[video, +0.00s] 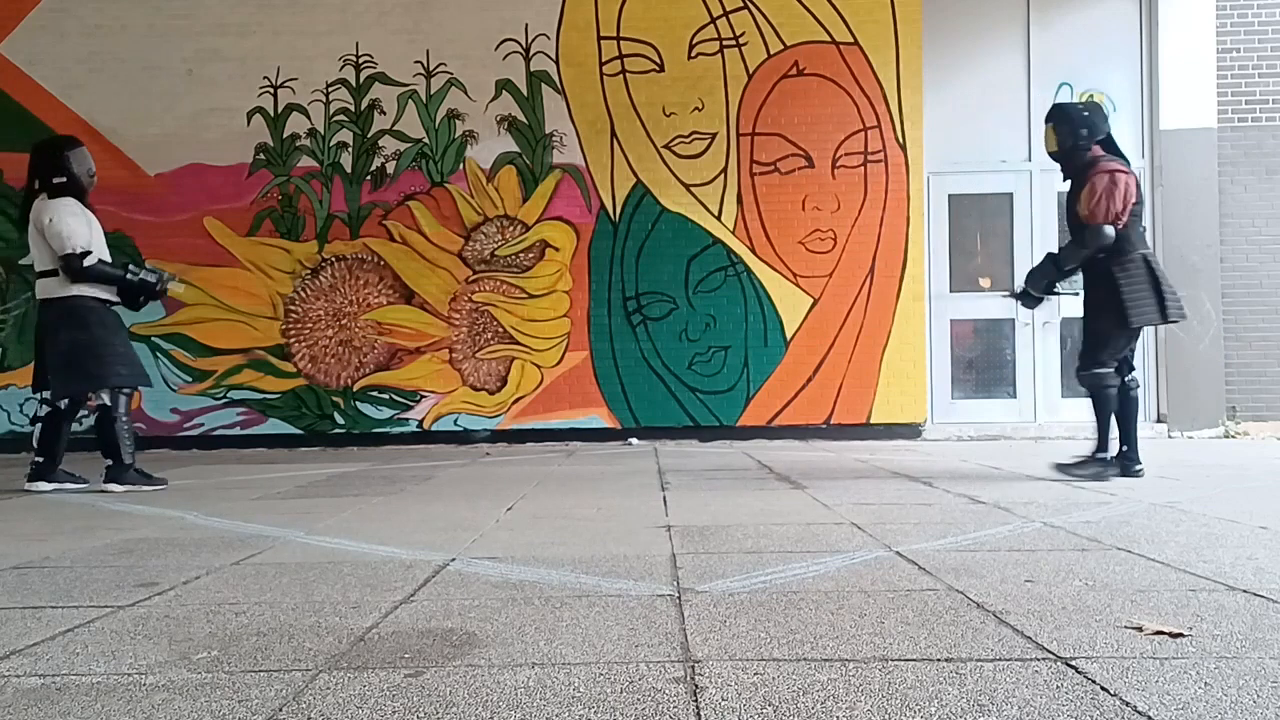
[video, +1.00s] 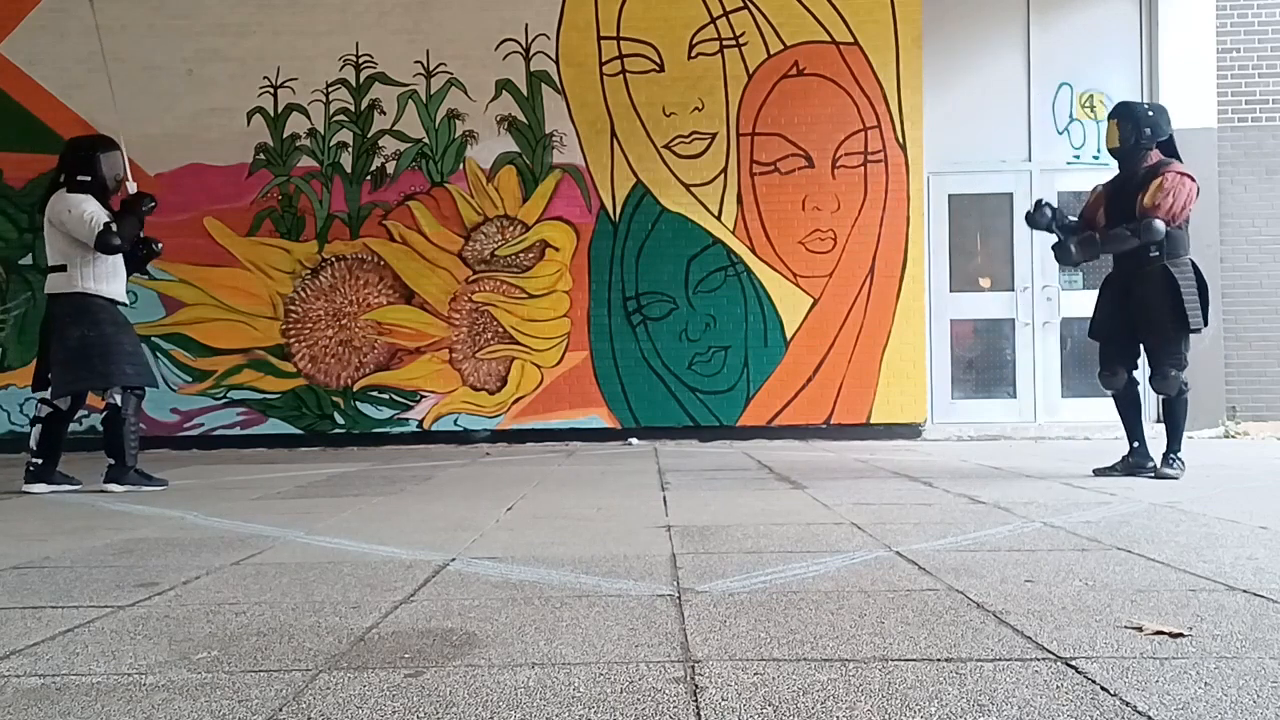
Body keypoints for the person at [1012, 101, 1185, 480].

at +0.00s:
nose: (1052, 146)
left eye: (1057, 137)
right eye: (1051, 137)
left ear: (1080, 136)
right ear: (1086, 136)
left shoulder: (1106, 176)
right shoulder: (1092, 176)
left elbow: (1097, 238)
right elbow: (1086, 242)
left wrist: (1051, 269)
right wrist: (1048, 277)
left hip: (1117, 286)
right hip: (1116, 285)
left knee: (1097, 367)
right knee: (1119, 368)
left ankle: (1103, 454)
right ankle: (1129, 457)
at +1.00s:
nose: (1111, 139)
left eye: (1119, 130)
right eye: (1110, 131)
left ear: (1144, 133)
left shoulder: (1173, 179)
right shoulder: (1112, 189)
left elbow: (1150, 229)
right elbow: (1088, 229)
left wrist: (1087, 248)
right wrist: (1057, 221)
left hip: (1165, 283)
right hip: (1122, 284)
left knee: (1168, 375)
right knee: (1115, 371)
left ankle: (1173, 455)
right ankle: (1139, 454)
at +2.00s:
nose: (1010, 167)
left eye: (1016, 159)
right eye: (1010, 159)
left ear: (1038, 162)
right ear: (1049, 164)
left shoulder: (1043, 200)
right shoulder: (1067, 196)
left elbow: (1002, 244)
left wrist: (968, 252)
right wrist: (1005, 222)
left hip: (1060, 303)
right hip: (1083, 302)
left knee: (1006, 372)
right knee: (1049, 386)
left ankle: (966, 450)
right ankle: (1102, 456)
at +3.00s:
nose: (944, 169)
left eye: (950, 161)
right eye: (944, 161)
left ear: (973, 164)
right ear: (986, 165)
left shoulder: (979, 201)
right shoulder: (1008, 198)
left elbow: (949, 255)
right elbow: (977, 253)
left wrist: (922, 274)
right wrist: (933, 269)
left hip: (993, 301)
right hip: (1017, 300)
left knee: (935, 368)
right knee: (1007, 387)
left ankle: (941, 460)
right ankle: (1070, 449)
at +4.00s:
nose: (992, 172)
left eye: (998, 164)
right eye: (992, 165)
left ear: (1022, 165)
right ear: (1026, 167)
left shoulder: (1034, 203)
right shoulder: (1034, 200)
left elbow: (1015, 260)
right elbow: (1026, 256)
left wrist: (975, 280)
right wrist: (994, 250)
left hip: (1048, 300)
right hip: (1056, 299)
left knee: (994, 367)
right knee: (1044, 385)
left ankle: (1004, 456)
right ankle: (1102, 447)